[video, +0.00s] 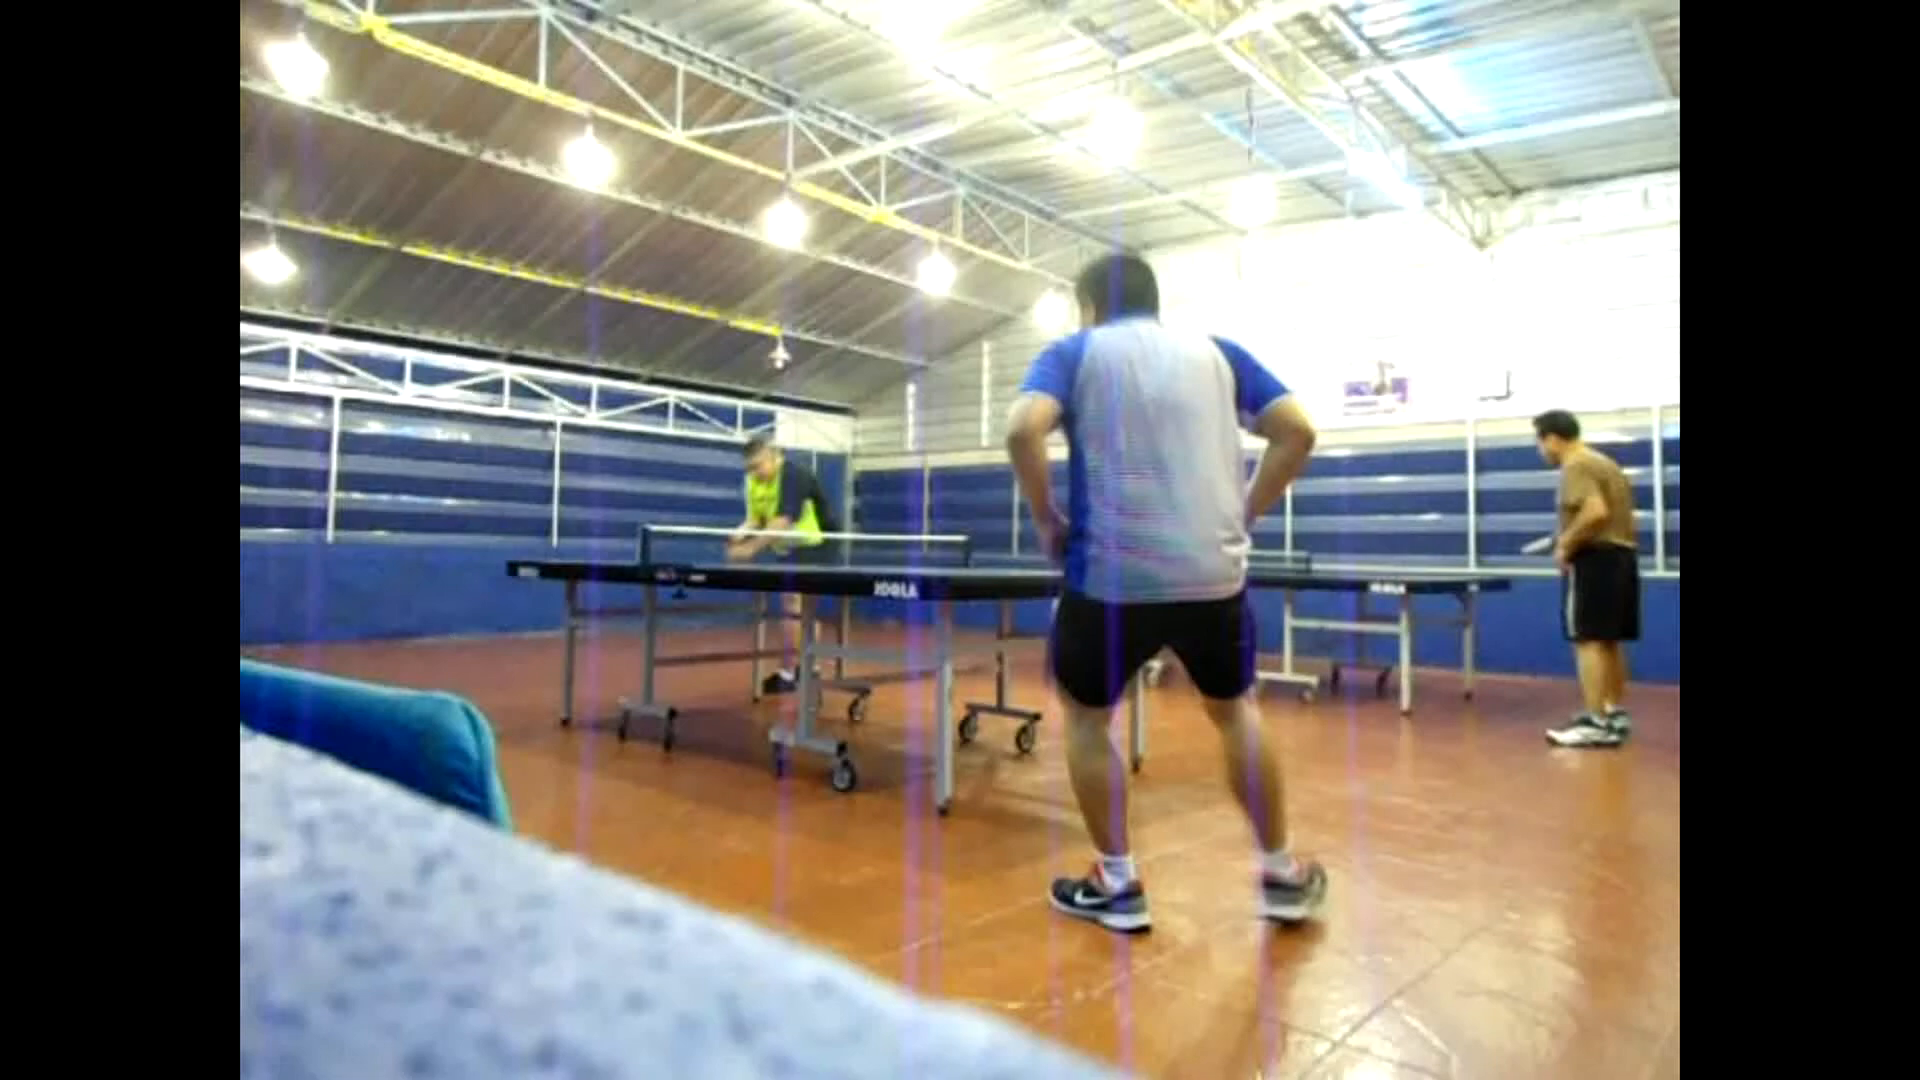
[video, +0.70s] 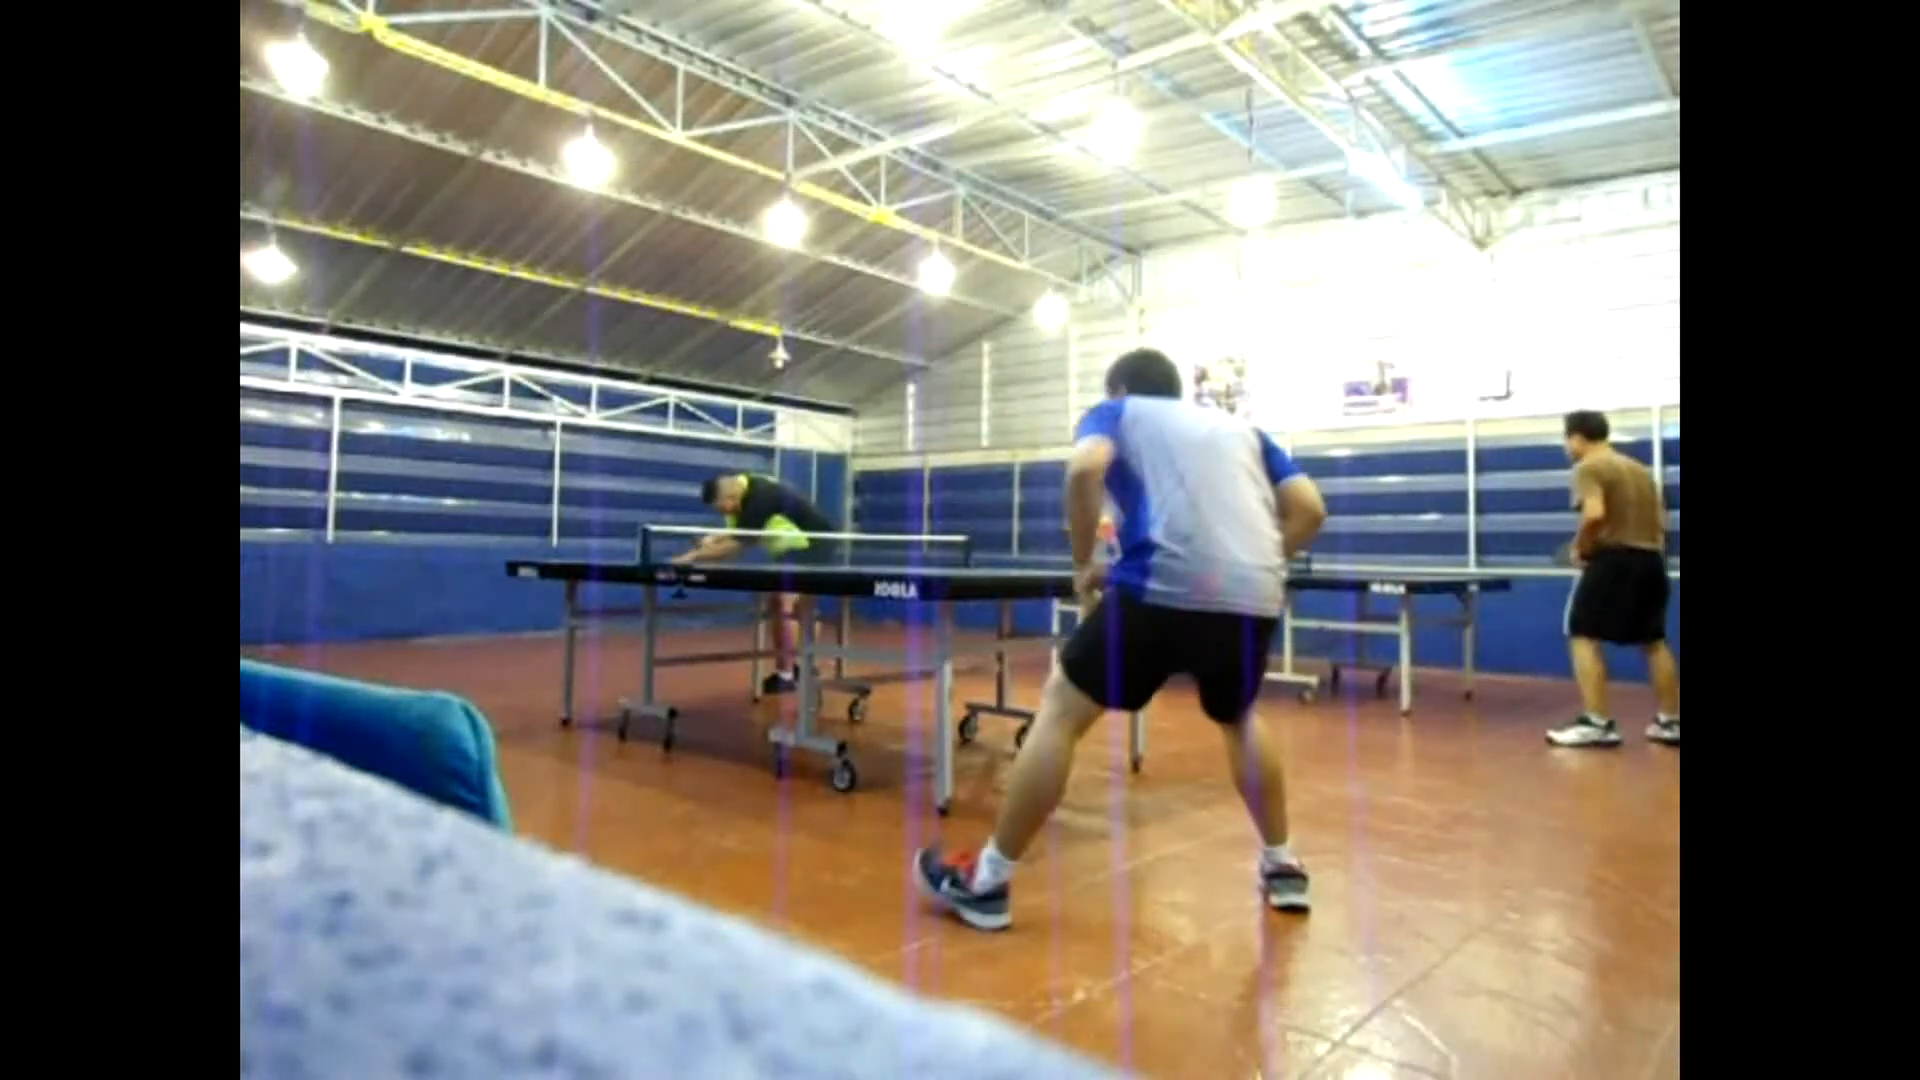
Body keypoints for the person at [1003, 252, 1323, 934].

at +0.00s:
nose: (1078, 317)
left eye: (1081, 307)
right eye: (1081, 307)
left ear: (1093, 306)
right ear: (1152, 301)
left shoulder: (1074, 352)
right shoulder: (1214, 352)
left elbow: (1025, 428)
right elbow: (1295, 433)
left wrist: (1046, 517)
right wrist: (1247, 512)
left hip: (1113, 582)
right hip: (1210, 579)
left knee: (1088, 719)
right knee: (1236, 711)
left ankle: (1116, 881)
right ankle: (1279, 870)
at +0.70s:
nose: (1105, 406)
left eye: (1107, 397)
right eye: (1107, 399)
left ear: (1120, 391)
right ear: (1179, 392)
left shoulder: (1114, 411)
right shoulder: (1242, 430)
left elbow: (1086, 468)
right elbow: (1308, 508)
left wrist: (1084, 566)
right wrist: (1259, 565)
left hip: (1159, 592)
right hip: (1251, 601)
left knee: (1061, 719)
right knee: (1241, 719)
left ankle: (987, 880)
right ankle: (1282, 866)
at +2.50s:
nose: (1140, 365)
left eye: (1143, 357)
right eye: (1144, 357)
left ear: (1152, 358)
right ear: (1202, 361)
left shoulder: (1132, 404)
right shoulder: (1235, 425)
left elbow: (1079, 454)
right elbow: (1246, 501)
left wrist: (1022, 472)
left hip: (1144, 590)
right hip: (1219, 597)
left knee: (1081, 698)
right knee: (1235, 707)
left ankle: (1055, 849)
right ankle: (1268, 837)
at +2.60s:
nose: (1143, 357)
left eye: (1146, 349)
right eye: (1146, 350)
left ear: (1157, 348)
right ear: (1202, 351)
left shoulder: (1158, 378)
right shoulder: (1231, 407)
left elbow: (1108, 410)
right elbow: (1222, 481)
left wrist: (1014, 422)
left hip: (1171, 563)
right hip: (1236, 567)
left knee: (1104, 670)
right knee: (1221, 679)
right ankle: (1267, 790)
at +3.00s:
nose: (1151, 451)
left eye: (1153, 444)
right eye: (1151, 446)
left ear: (1166, 438)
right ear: (1198, 435)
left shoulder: (1190, 446)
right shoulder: (1207, 473)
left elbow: (1187, 474)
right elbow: (1166, 529)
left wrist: (1128, 488)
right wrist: (1109, 522)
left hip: (1238, 591)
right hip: (1271, 594)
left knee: (1167, 695)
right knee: (1215, 679)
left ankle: (1221, 811)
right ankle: (1206, 772)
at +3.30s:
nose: (1183, 428)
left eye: (1187, 417)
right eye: (1185, 417)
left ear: (1204, 416)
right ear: (1233, 414)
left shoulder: (1228, 443)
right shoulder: (1262, 456)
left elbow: (1215, 482)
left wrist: (1133, 519)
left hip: (1257, 601)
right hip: (1286, 604)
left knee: (1206, 710)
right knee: (1219, 678)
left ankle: (1296, 833)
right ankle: (1220, 766)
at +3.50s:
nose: (1216, 386)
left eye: (1220, 376)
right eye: (1217, 376)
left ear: (1240, 371)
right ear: (1269, 372)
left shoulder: (1254, 399)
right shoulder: (1297, 415)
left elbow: (1248, 448)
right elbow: (1320, 493)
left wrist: (1163, 509)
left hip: (1290, 567)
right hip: (1333, 570)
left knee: (1220, 680)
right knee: (1292, 675)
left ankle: (1296, 827)